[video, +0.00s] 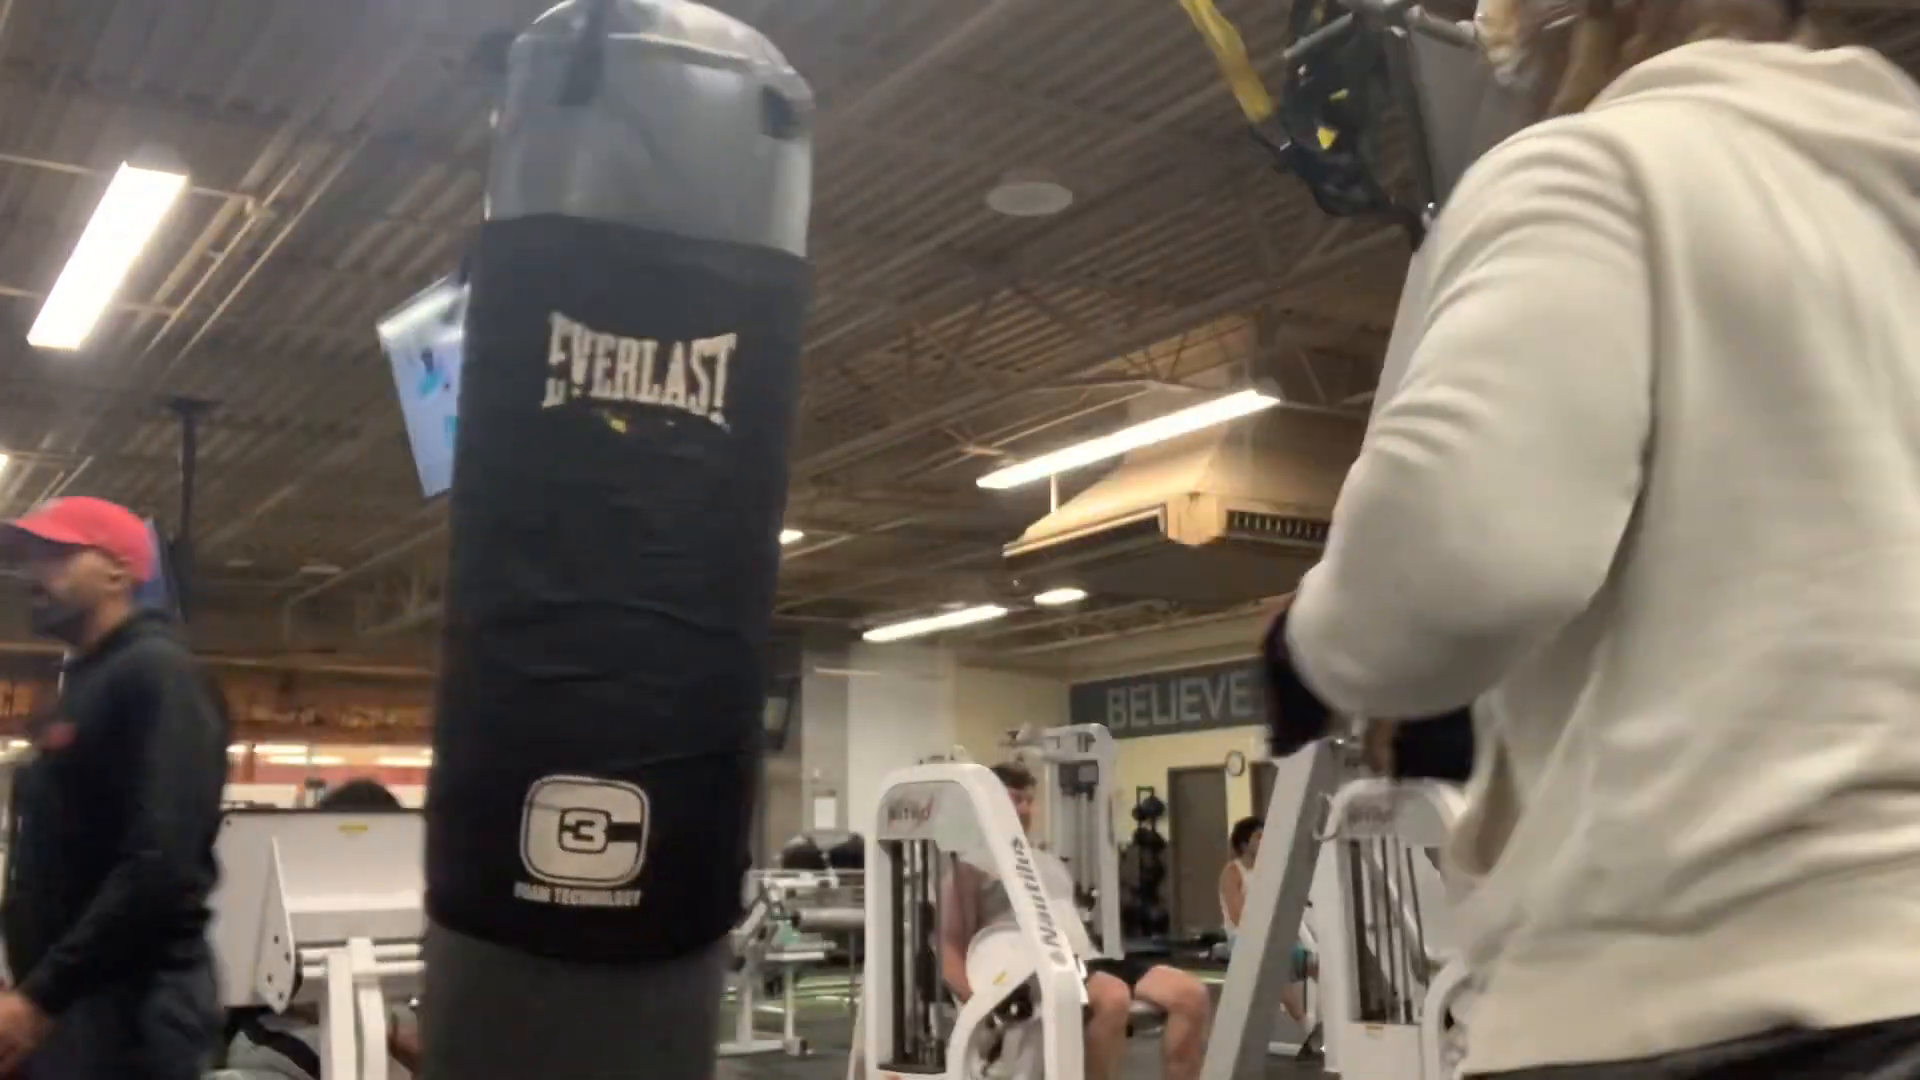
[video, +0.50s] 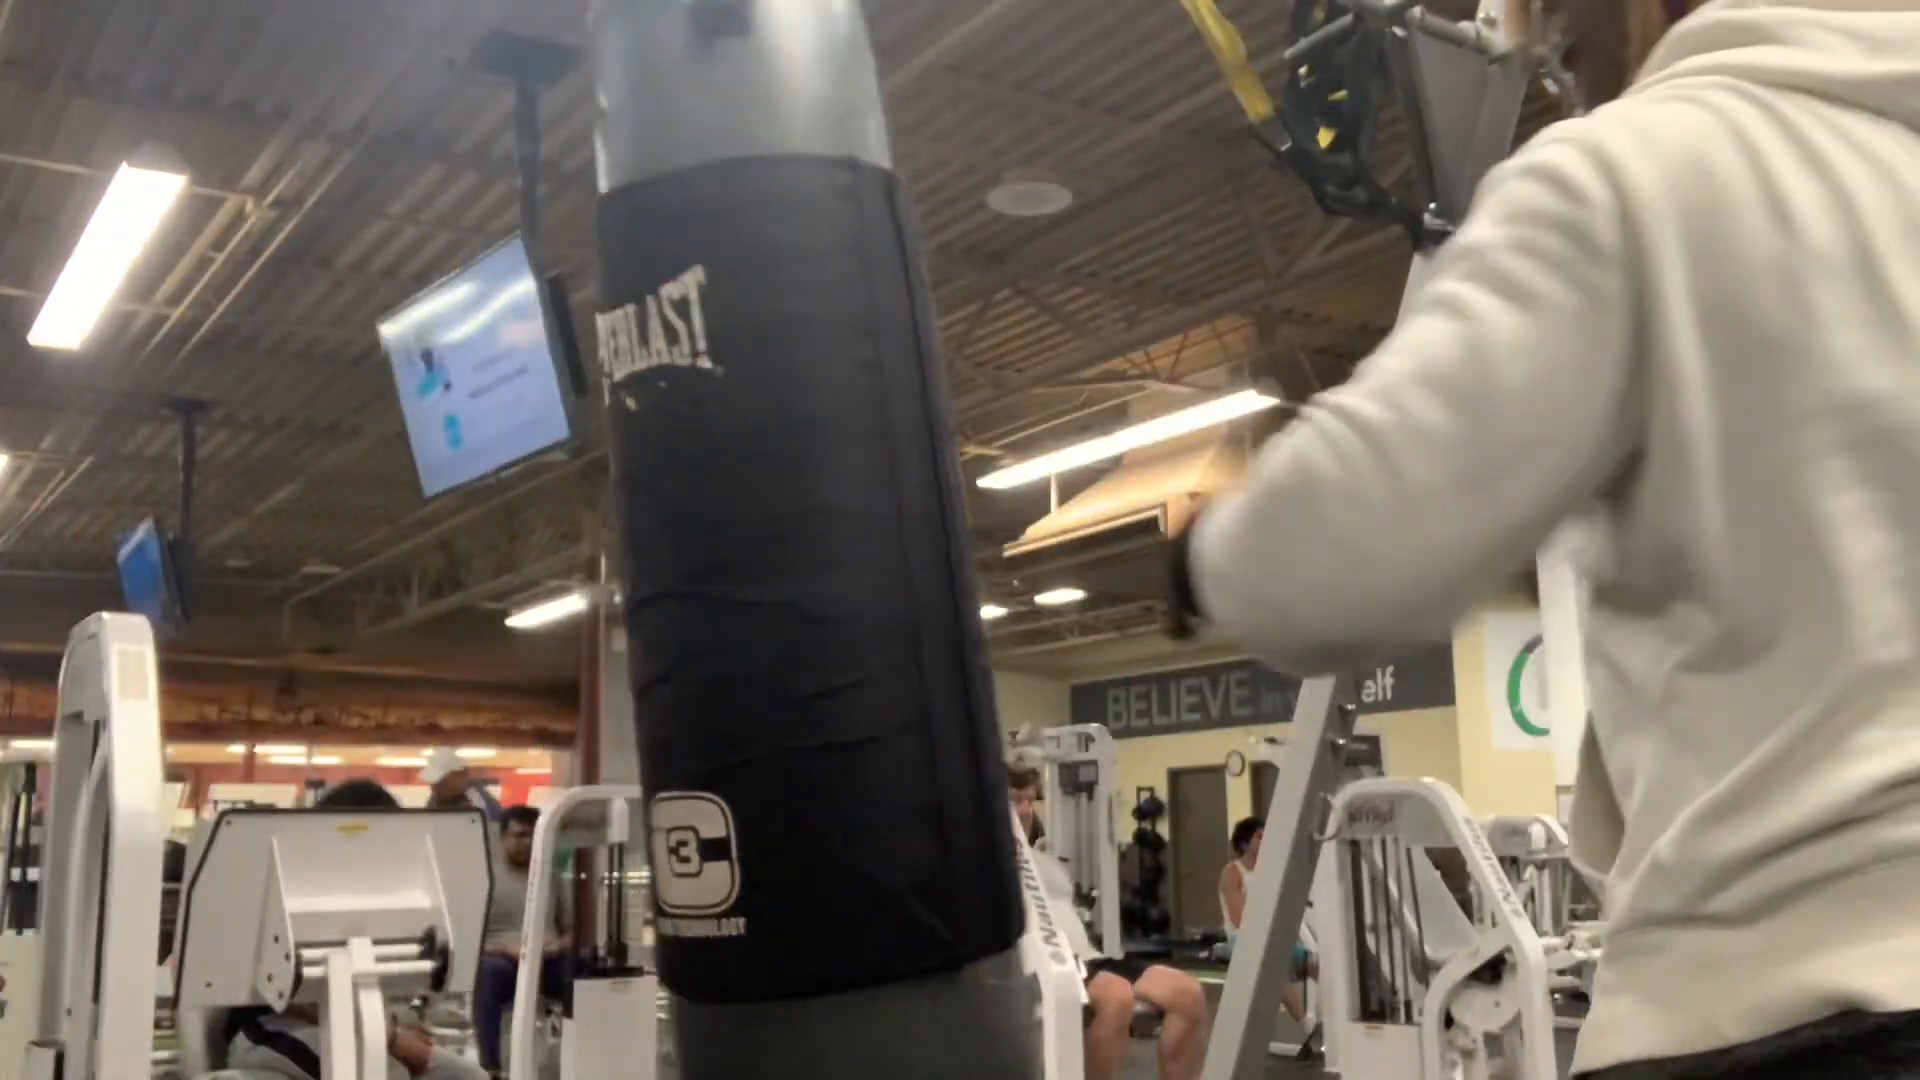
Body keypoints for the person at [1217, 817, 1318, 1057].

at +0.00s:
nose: (1262, 843)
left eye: (1263, 837)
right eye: (1257, 837)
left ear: (1263, 840)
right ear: (1244, 842)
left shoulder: (1264, 867)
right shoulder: (1233, 871)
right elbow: (1236, 914)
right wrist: (1260, 932)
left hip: (1273, 937)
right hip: (1245, 940)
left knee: (1312, 960)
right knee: (1279, 966)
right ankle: (1305, 1024)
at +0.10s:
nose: (1262, 843)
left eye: (1263, 837)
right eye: (1257, 838)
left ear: (1264, 841)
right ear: (1244, 842)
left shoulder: (1265, 868)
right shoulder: (1232, 871)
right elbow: (1237, 915)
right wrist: (1262, 932)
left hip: (1273, 936)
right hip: (1245, 940)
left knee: (1313, 960)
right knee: (1280, 966)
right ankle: (1304, 1023)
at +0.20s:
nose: (1262, 843)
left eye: (1263, 838)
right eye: (1257, 838)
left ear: (1264, 841)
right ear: (1244, 842)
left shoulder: (1265, 867)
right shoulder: (1233, 871)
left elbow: (1282, 906)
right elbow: (1237, 916)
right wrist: (1263, 934)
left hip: (1275, 936)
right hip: (1245, 941)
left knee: (1314, 960)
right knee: (1279, 968)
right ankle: (1307, 1025)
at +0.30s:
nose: (1262, 843)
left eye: (1263, 838)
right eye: (1257, 838)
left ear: (1265, 841)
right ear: (1243, 842)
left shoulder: (1266, 867)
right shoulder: (1232, 871)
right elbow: (1238, 916)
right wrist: (1264, 933)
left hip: (1275, 935)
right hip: (1244, 940)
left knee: (1313, 960)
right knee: (1279, 968)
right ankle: (1306, 1024)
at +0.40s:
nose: (1262, 843)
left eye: (1263, 837)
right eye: (1257, 838)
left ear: (1265, 841)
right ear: (1244, 842)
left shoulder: (1266, 868)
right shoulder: (1232, 871)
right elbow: (1238, 917)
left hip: (1275, 937)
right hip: (1245, 941)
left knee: (1313, 961)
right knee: (1279, 970)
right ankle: (1306, 1024)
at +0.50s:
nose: (1262, 843)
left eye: (1263, 837)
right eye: (1258, 837)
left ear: (1265, 840)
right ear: (1245, 842)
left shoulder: (1267, 868)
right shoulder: (1233, 871)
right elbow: (1238, 917)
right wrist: (1266, 933)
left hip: (1276, 937)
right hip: (1245, 940)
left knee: (1314, 962)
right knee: (1279, 969)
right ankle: (1307, 1026)